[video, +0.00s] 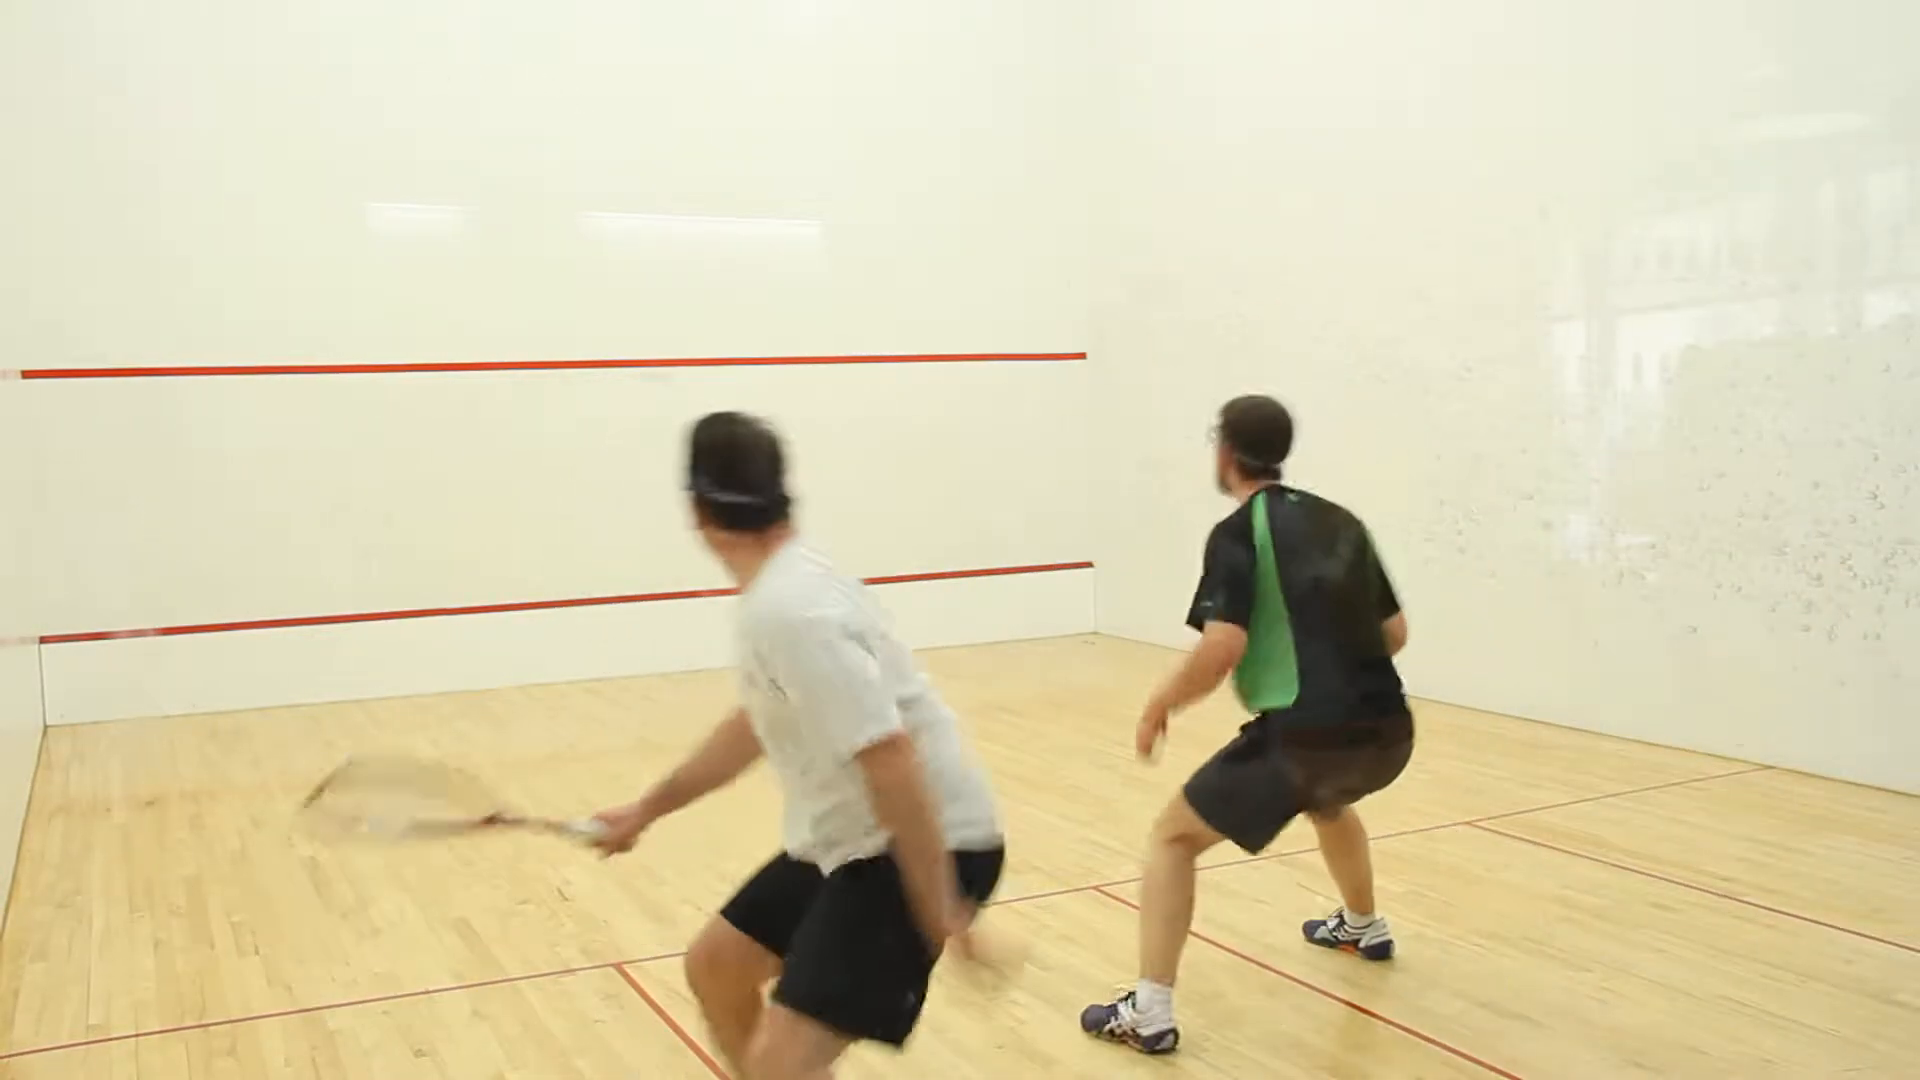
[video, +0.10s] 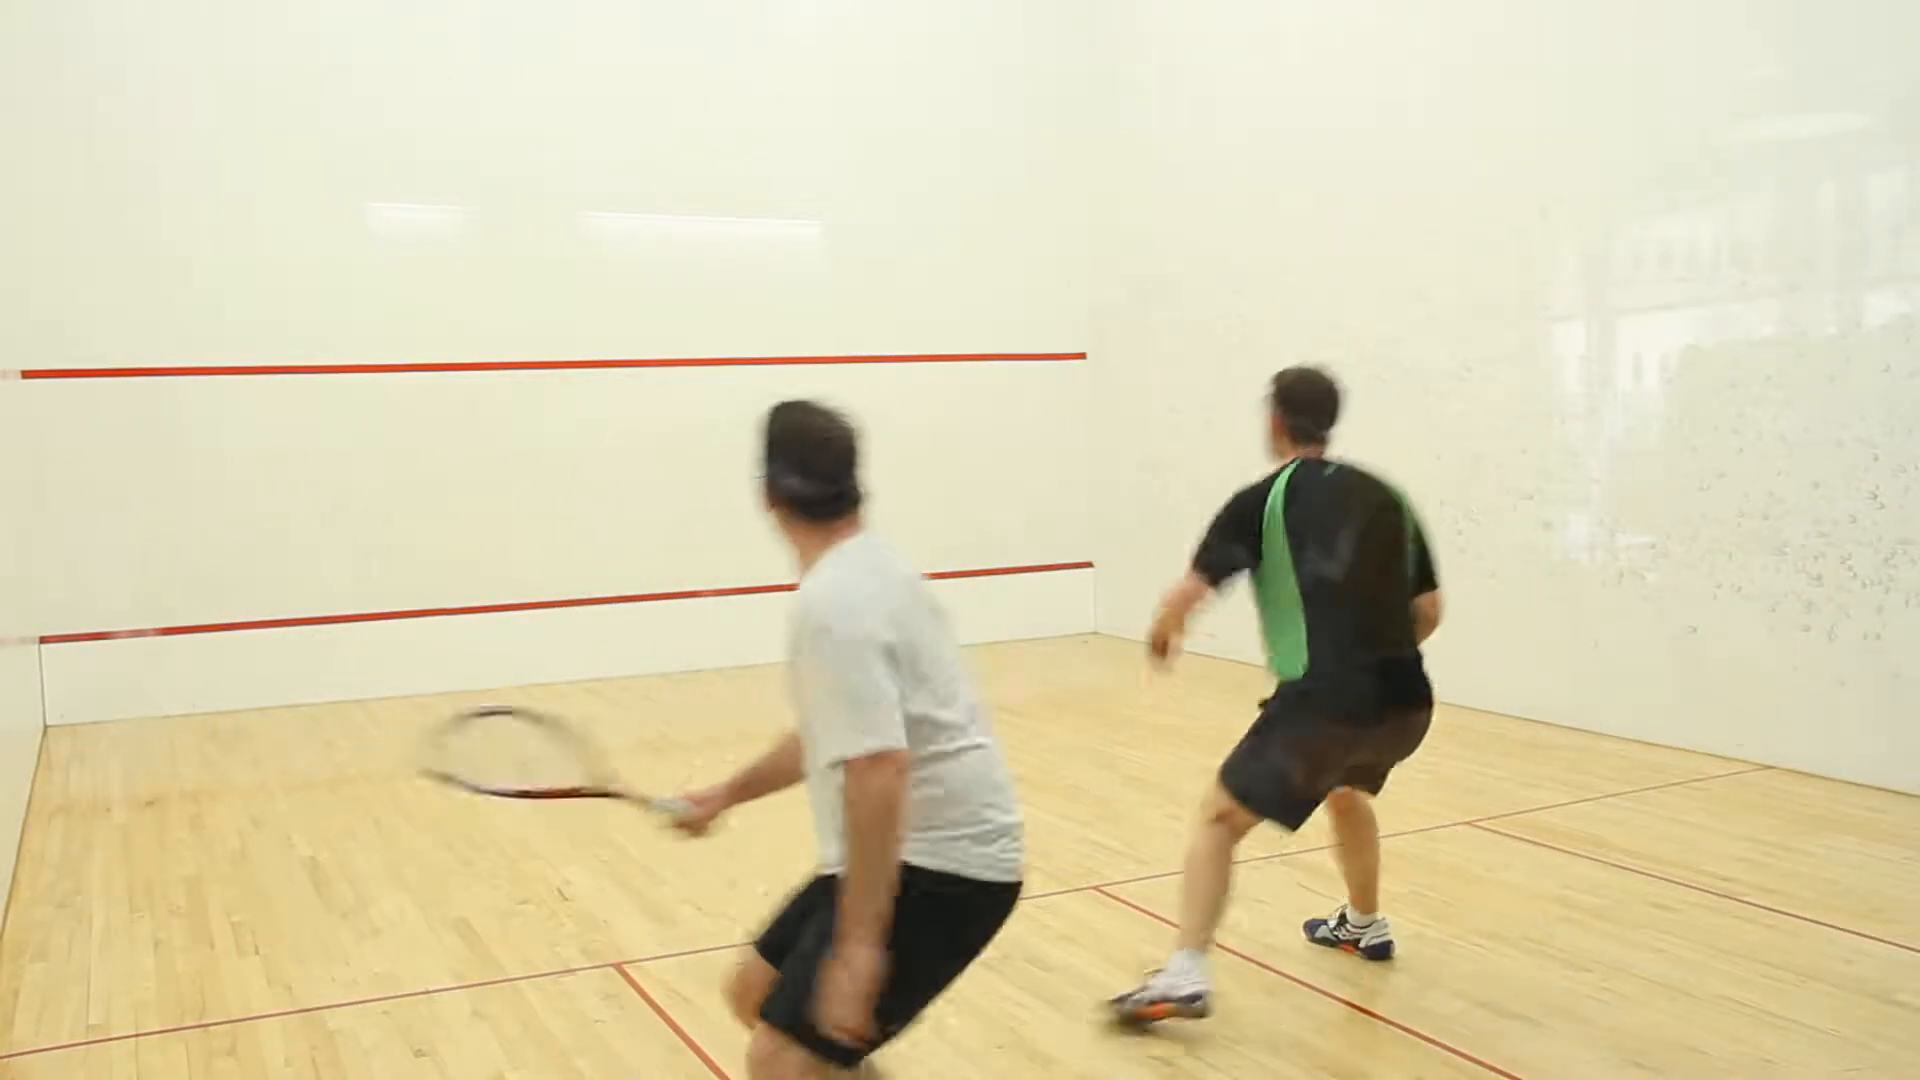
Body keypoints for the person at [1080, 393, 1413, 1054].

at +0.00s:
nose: (1214, 456)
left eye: (1218, 445)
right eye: (1219, 443)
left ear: (1230, 454)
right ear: (1281, 453)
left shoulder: (1237, 533)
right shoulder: (1342, 521)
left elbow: (1223, 648)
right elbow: (1393, 631)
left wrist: (1162, 703)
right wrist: (1323, 654)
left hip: (1298, 738)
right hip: (1381, 729)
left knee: (1174, 837)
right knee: (1325, 794)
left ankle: (1150, 1009)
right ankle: (1364, 921)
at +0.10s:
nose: (1267, 425)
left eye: (1269, 415)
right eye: (1274, 415)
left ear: (1277, 422)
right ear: (1330, 426)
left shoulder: (1263, 498)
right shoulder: (1386, 496)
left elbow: (1190, 589)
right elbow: (1427, 610)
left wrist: (1162, 634)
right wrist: (1369, 643)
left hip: (1319, 702)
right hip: (1403, 701)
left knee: (1220, 819)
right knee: (1348, 790)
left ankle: (1185, 971)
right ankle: (1365, 921)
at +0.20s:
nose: (1331, 411)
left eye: (1333, 402)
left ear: (1339, 406)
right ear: (1394, 412)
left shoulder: (1294, 466)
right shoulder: (1437, 486)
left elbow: (1192, 495)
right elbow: (1474, 602)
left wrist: (1138, 543)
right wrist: (1471, 564)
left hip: (1314, 684)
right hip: (1405, 687)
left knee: (1257, 818)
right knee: (1393, 784)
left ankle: (1244, 964)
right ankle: (1402, 917)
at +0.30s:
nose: (1414, 438)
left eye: (1410, 429)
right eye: (1435, 435)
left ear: (1402, 433)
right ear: (1457, 447)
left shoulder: (1339, 480)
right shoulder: (1469, 524)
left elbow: (1235, 484)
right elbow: (1503, 635)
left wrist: (1140, 510)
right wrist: (1576, 599)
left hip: (1313, 691)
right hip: (1403, 702)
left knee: (1265, 825)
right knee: (1441, 798)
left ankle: (1237, 960)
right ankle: (1493, 942)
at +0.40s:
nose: (1454, 469)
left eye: (1448, 457)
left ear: (1441, 455)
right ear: (1495, 480)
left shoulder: (1386, 487)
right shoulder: (1496, 570)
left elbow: (1289, 530)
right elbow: (1467, 672)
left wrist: (1208, 577)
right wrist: (1496, 681)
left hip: (1328, 693)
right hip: (1416, 713)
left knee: (1272, 832)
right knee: (1466, 788)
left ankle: (1210, 959)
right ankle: (1497, 934)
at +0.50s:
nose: (1452, 447)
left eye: (1454, 438)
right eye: (1457, 440)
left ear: (1462, 439)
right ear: (1516, 458)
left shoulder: (1425, 480)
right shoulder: (1526, 542)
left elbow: (1357, 544)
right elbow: (1479, 621)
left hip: (1370, 676)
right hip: (1451, 696)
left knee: (1287, 807)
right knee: (1477, 789)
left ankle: (1217, 941)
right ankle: (1498, 933)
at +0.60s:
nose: (1453, 412)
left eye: (1458, 402)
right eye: (1457, 402)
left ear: (1477, 405)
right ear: (1518, 413)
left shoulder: (1458, 450)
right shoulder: (1546, 490)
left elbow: (1428, 520)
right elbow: (1523, 578)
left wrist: (1391, 548)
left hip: (1416, 647)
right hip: (1493, 665)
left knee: (1326, 778)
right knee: (1492, 784)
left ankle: (1256, 900)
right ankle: (1503, 930)